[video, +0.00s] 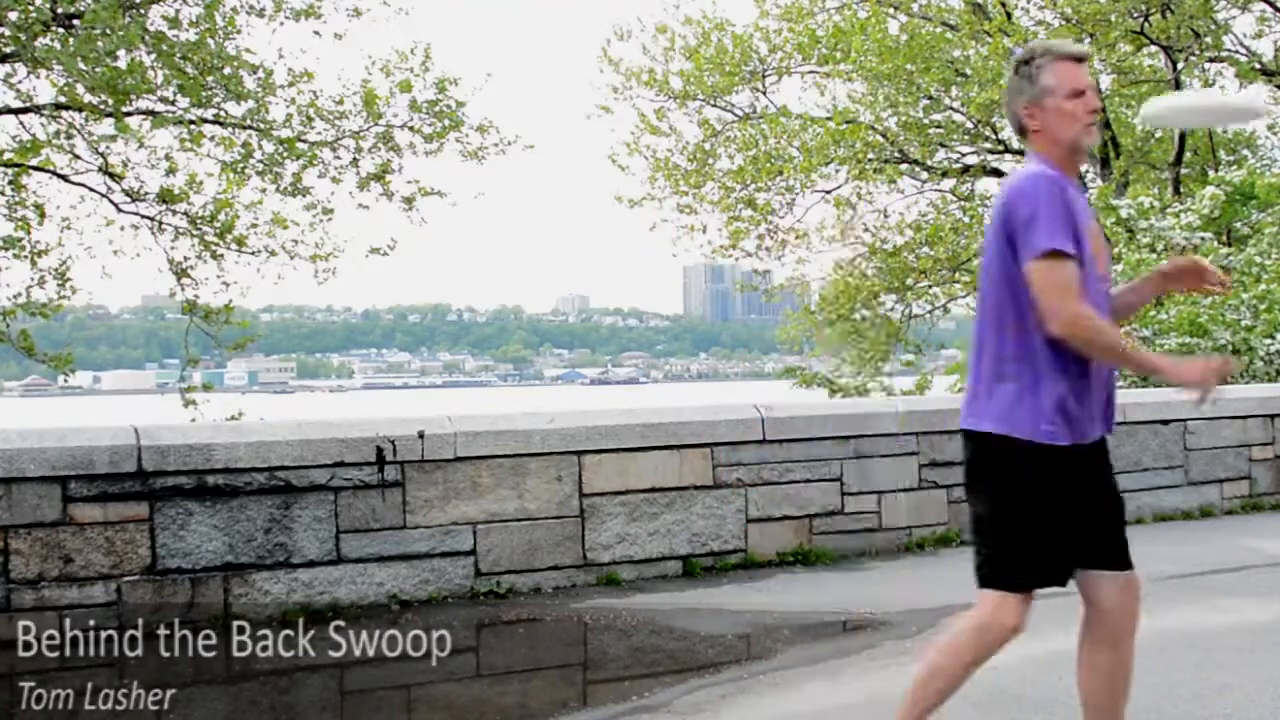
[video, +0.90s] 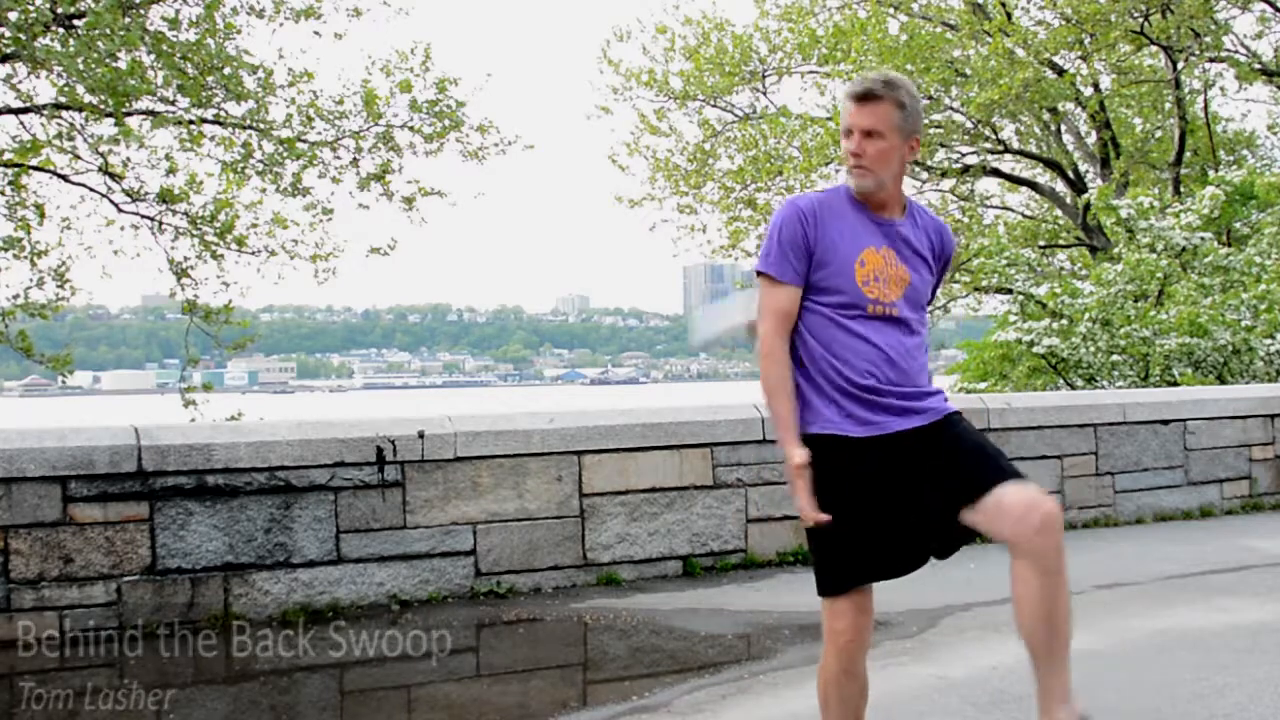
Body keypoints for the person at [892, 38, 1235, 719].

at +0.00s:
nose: (1094, 105)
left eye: (1093, 93)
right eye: (1075, 95)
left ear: (1092, 103)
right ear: (1032, 116)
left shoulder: (1069, 194)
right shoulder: (1034, 188)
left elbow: (1093, 313)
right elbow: (1061, 316)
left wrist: (1158, 282)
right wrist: (1169, 369)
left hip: (1073, 438)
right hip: (1013, 436)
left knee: (1115, 599)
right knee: (1000, 612)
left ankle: (1105, 719)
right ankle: (906, 712)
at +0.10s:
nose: (1072, 117)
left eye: (1072, 104)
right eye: (1057, 104)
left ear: (1027, 116)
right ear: (1008, 114)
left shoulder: (1037, 204)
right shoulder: (990, 187)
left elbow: (1058, 325)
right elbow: (991, 311)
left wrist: (1134, 287)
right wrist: (1097, 386)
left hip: (1046, 440)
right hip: (977, 438)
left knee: (1092, 603)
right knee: (951, 616)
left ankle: (1096, 719)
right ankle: (878, 715)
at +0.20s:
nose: (1042, 141)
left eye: (1043, 127)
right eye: (1031, 125)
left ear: (999, 130)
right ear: (983, 125)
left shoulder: (1001, 222)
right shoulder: (939, 198)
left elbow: (1016, 351)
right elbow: (915, 317)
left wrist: (1115, 330)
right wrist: (1009, 409)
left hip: (1007, 447)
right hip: (928, 447)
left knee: (1078, 601)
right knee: (903, 625)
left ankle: (1096, 718)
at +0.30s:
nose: (1013, 164)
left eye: (1016, 150)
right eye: (1005, 147)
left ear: (972, 150)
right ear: (958, 143)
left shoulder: (979, 241)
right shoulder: (897, 211)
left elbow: (981, 367)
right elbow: (851, 324)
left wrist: (1092, 397)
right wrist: (918, 432)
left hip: (973, 447)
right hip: (883, 455)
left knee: (1070, 585)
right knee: (884, 638)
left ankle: (1079, 718)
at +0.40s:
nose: (998, 180)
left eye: (1001, 167)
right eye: (991, 164)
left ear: (950, 160)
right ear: (943, 157)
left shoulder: (961, 255)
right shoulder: (876, 222)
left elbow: (968, 382)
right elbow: (817, 334)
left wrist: (1061, 445)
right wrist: (842, 450)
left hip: (943, 442)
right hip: (861, 453)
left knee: (1055, 547)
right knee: (873, 639)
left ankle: (1057, 715)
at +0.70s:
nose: (942, 204)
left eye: (954, 191)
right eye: (933, 186)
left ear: (959, 188)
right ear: (893, 170)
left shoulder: (931, 270)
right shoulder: (826, 232)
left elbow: (925, 379)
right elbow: (760, 336)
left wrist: (955, 472)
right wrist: (734, 447)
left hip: (906, 438)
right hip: (822, 454)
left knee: (1038, 470)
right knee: (846, 641)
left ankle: (1120, 671)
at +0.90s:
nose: (854, 147)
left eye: (872, 136)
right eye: (848, 134)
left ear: (911, 148)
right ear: (840, 138)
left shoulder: (935, 237)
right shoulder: (802, 219)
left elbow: (904, 338)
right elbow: (771, 338)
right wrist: (793, 451)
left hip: (926, 431)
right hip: (838, 443)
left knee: (1037, 518)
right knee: (847, 629)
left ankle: (1058, 708)